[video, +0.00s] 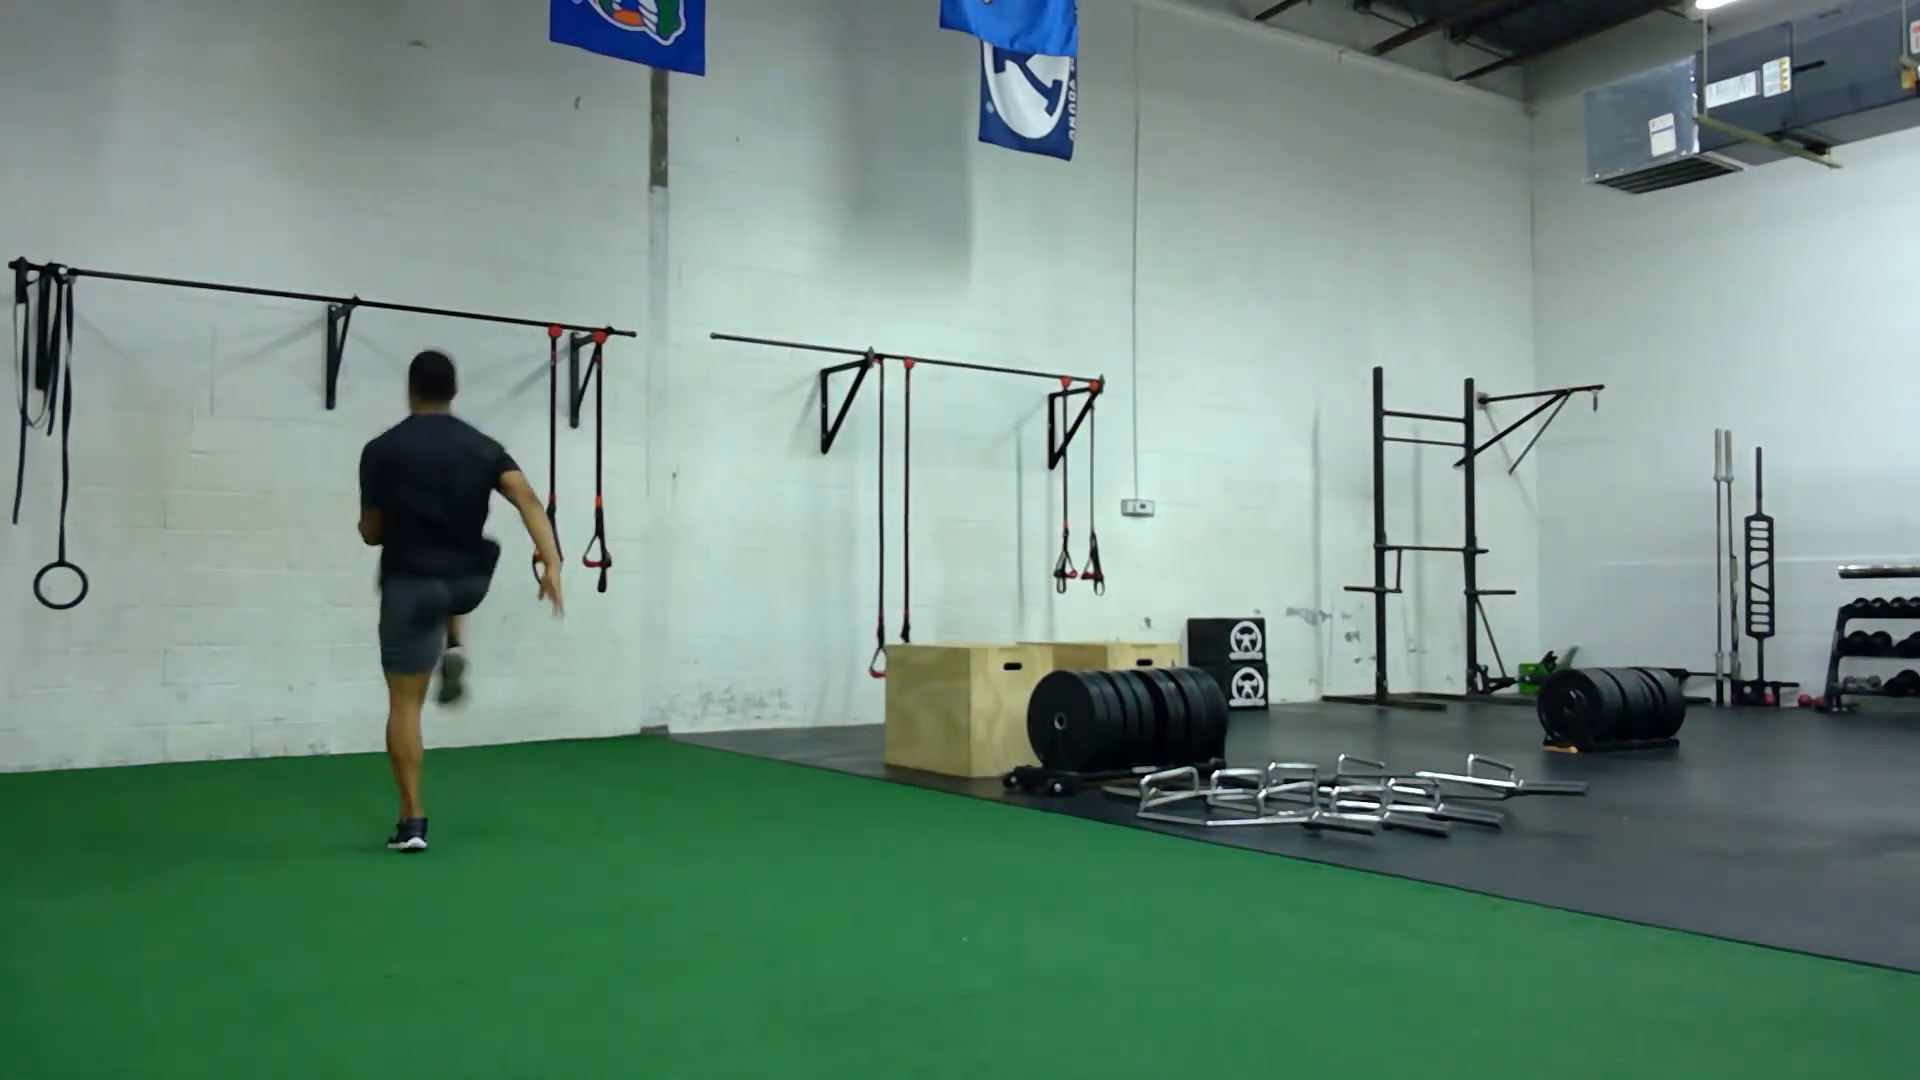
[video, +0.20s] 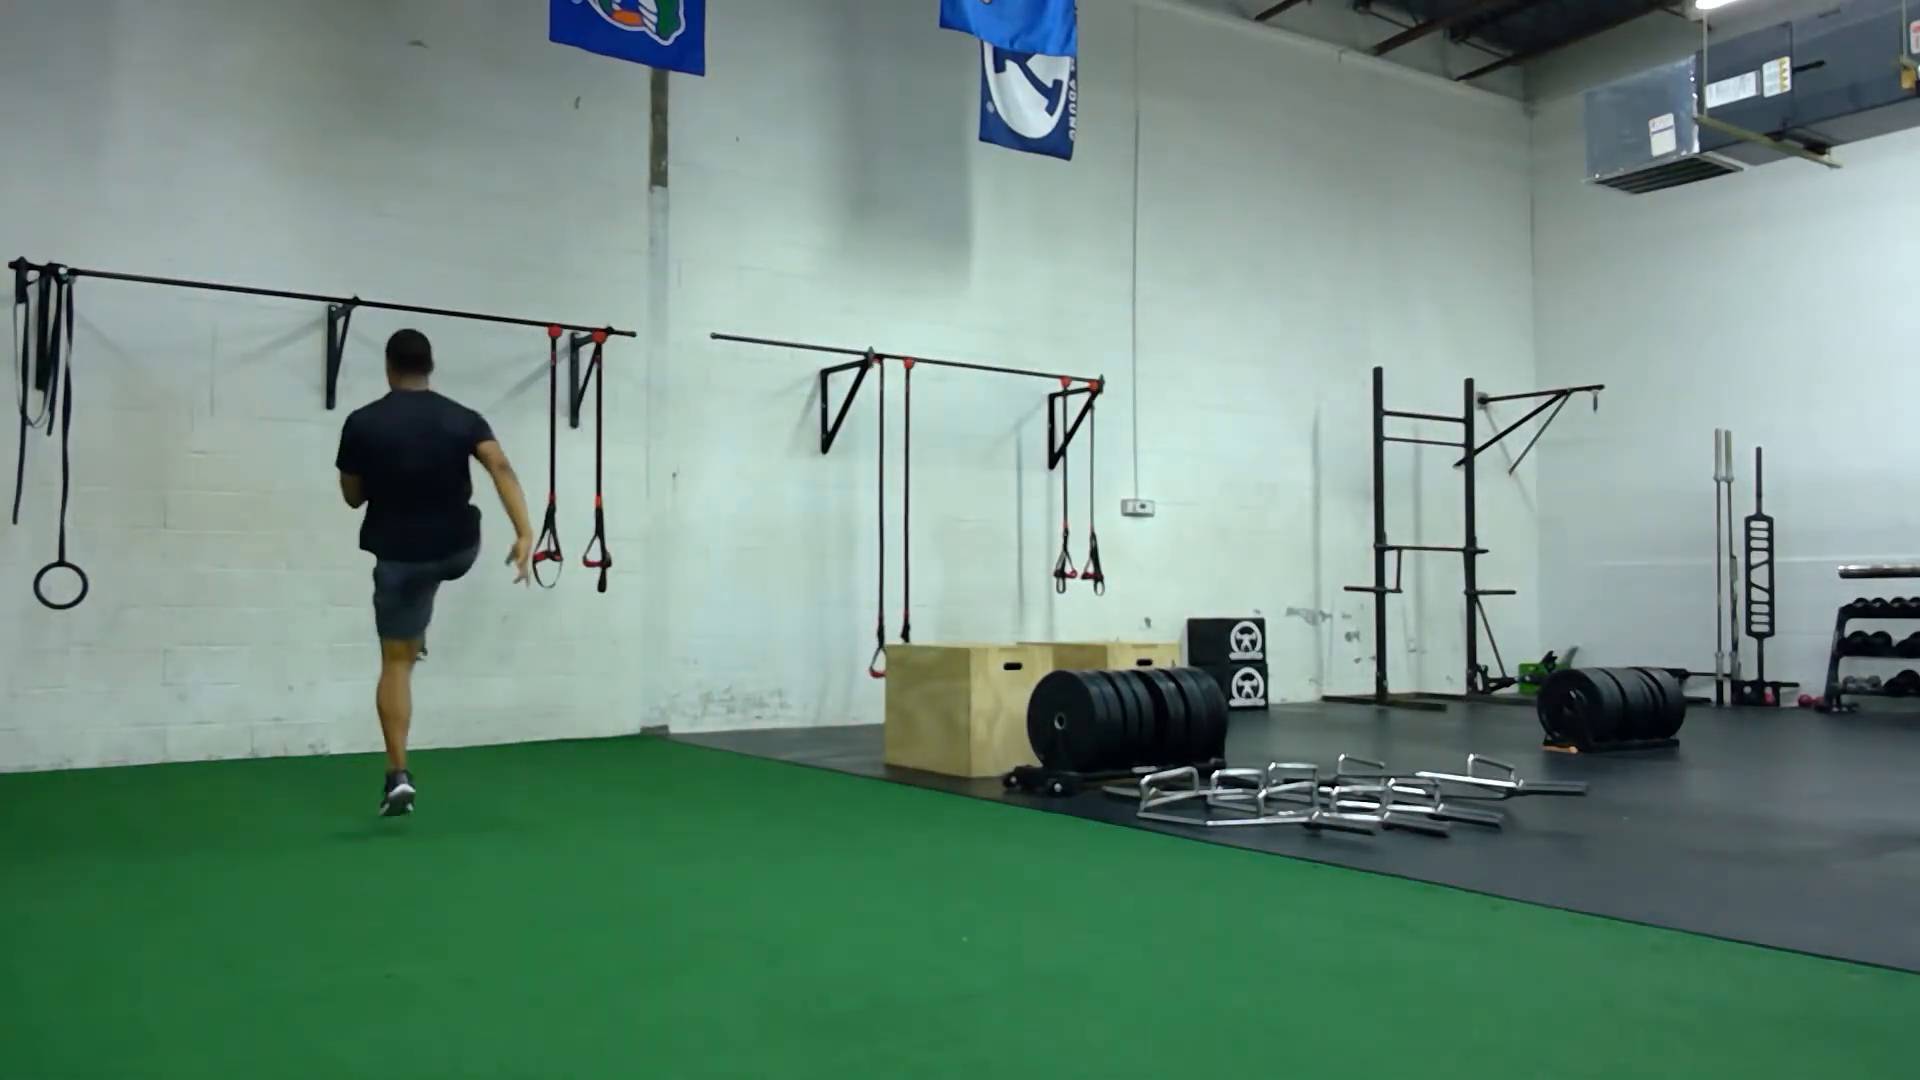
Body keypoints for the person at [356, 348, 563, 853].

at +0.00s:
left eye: (415, 387)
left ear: (409, 390)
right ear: (453, 392)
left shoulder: (381, 451)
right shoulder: (479, 445)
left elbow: (371, 532)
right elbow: (524, 497)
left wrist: (413, 515)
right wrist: (551, 559)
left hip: (410, 590)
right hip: (469, 581)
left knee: (405, 702)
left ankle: (412, 820)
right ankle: (455, 653)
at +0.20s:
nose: (400, 372)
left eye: (392, 364)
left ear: (388, 367)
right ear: (430, 367)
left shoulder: (362, 424)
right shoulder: (460, 417)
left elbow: (352, 495)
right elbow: (499, 467)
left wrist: (386, 464)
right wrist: (525, 531)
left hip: (399, 561)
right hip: (458, 553)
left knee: (396, 662)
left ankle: (398, 774)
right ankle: (413, 642)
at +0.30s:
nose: (397, 394)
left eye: (386, 387)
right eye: (407, 385)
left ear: (380, 390)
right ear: (421, 389)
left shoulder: (356, 446)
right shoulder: (449, 440)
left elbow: (347, 516)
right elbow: (490, 492)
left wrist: (379, 486)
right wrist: (511, 556)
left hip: (389, 577)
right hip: (447, 570)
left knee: (389, 684)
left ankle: (398, 791)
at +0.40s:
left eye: (379, 396)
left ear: (374, 401)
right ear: (414, 400)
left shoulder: (351, 457)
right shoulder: (442, 451)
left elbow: (343, 527)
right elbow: (478, 507)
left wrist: (377, 500)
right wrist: (491, 572)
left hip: (383, 581)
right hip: (439, 575)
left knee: (389, 686)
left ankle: (400, 791)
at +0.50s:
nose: (383, 402)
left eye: (374, 394)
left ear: (369, 398)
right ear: (409, 398)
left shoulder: (346, 448)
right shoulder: (438, 442)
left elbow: (338, 520)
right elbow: (468, 492)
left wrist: (366, 489)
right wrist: (477, 559)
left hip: (382, 570)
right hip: (435, 563)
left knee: (379, 670)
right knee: (406, 603)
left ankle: (400, 759)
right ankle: (393, 655)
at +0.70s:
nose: (382, 425)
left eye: (372, 417)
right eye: (390, 418)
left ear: (362, 420)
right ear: (399, 420)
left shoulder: (340, 469)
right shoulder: (420, 458)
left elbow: (334, 530)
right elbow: (461, 486)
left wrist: (373, 534)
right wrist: (498, 522)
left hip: (372, 586)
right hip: (423, 577)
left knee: (381, 684)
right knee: (397, 611)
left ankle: (400, 776)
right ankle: (374, 678)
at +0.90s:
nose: (374, 428)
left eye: (368, 421)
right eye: (384, 422)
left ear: (360, 424)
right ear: (396, 424)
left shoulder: (342, 468)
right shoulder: (424, 470)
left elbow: (328, 528)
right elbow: (442, 526)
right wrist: (443, 580)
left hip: (360, 586)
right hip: (407, 584)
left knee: (352, 673)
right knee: (398, 673)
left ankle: (377, 723)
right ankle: (390, 773)